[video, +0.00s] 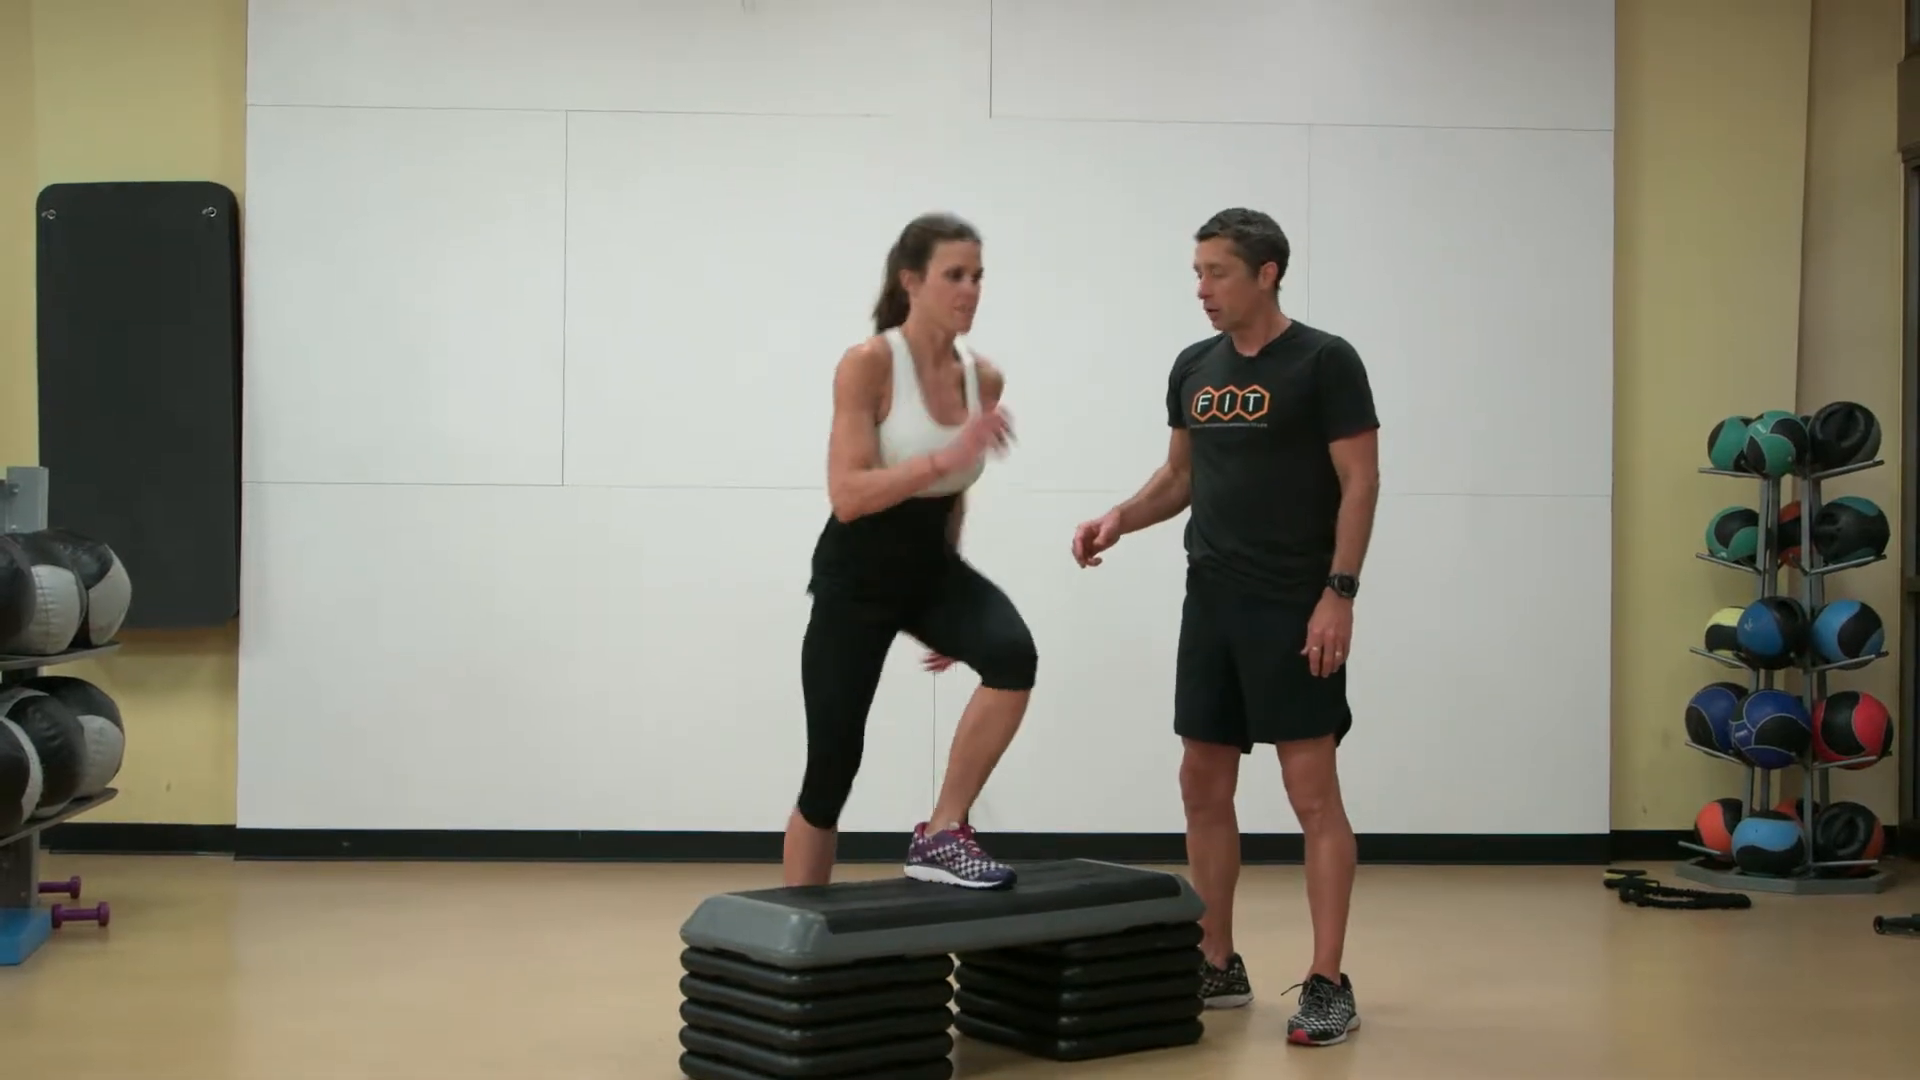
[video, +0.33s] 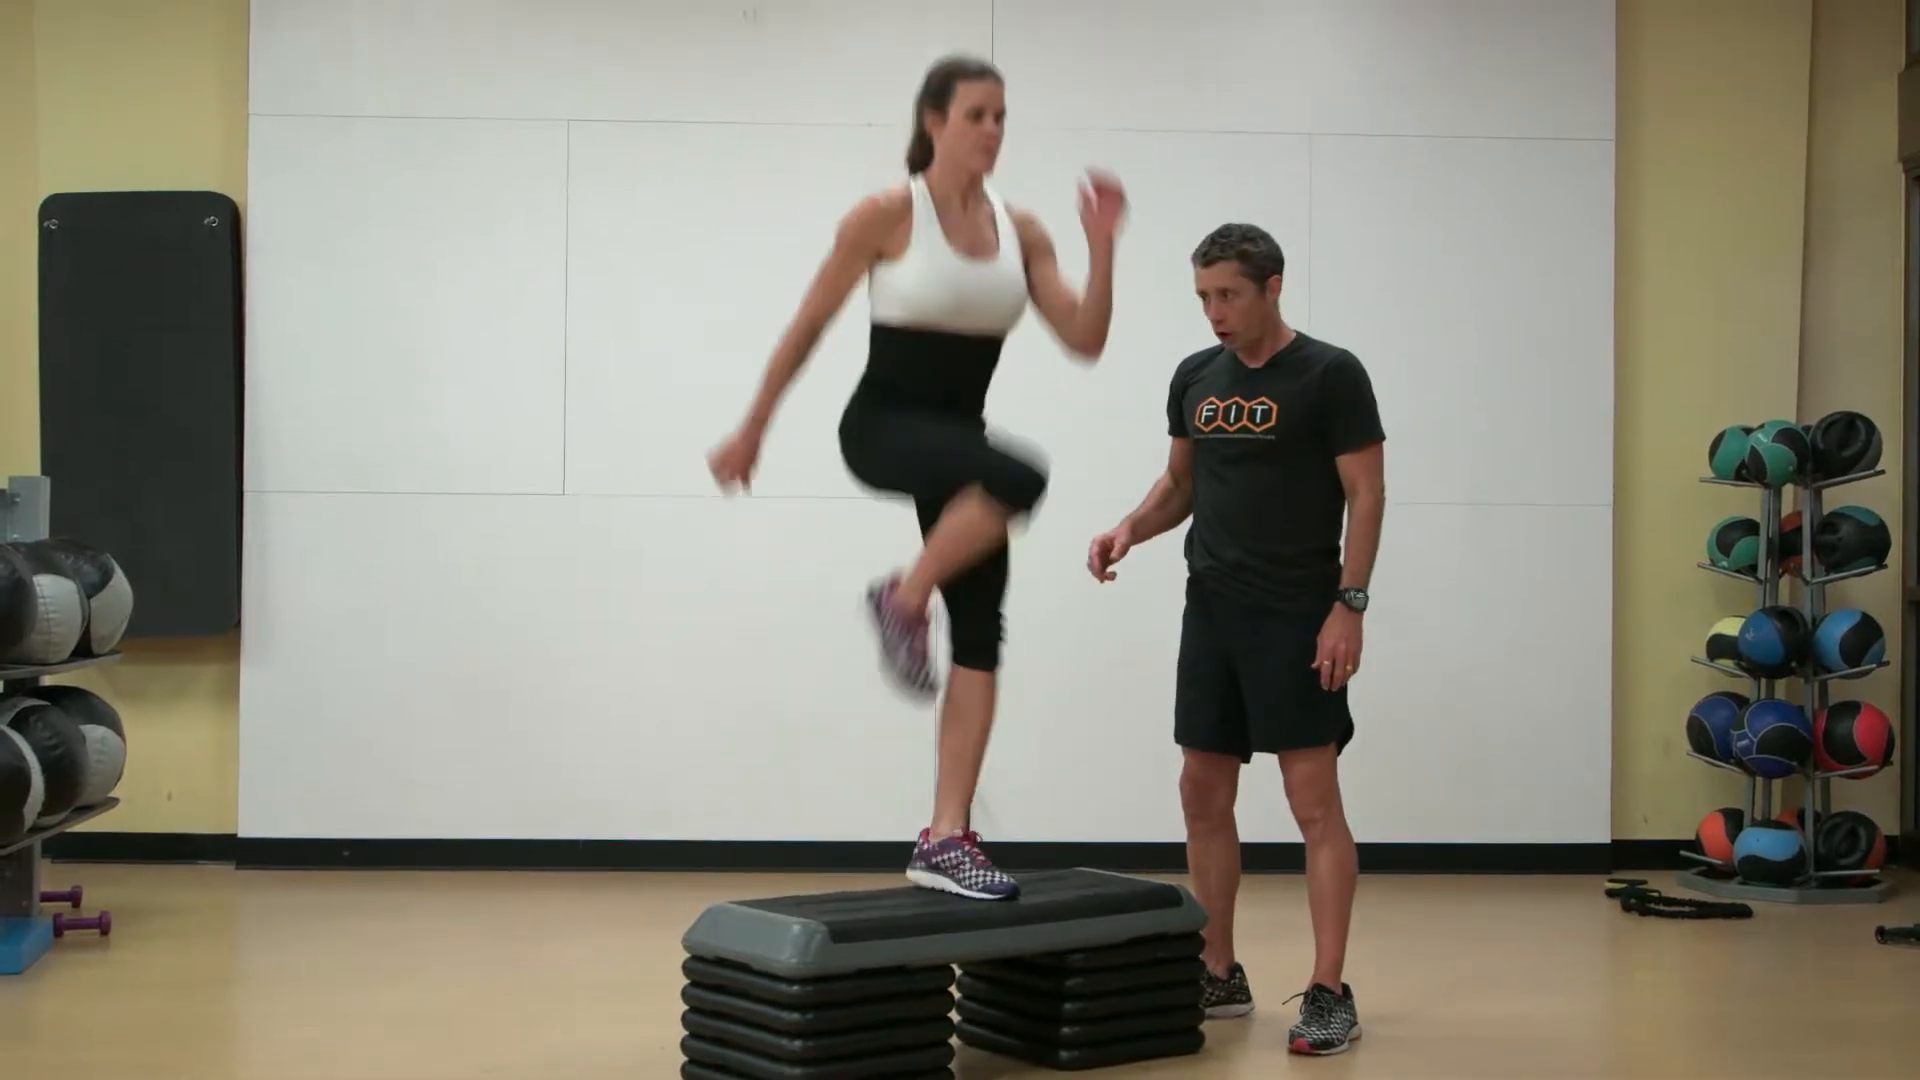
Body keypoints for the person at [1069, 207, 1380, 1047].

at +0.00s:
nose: (1202, 287)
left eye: (1216, 273)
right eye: (1198, 274)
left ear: (1268, 274)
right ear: (1205, 279)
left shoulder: (1326, 363)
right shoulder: (1193, 368)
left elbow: (1360, 485)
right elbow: (1179, 477)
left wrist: (1339, 591)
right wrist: (1119, 518)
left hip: (1296, 607)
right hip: (1211, 605)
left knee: (1313, 791)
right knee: (1202, 781)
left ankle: (1326, 979)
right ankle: (1215, 962)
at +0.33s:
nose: (1215, 313)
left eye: (1227, 297)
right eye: (1205, 299)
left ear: (1272, 288)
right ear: (1201, 296)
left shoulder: (1331, 376)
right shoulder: (1194, 379)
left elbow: (1366, 498)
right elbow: (1179, 487)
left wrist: (1349, 604)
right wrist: (1128, 529)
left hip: (1299, 616)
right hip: (1213, 613)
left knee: (1315, 803)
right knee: (1203, 792)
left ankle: (1328, 988)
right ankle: (1217, 972)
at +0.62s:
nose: (1219, 310)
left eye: (1233, 294)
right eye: (1211, 296)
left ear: (1280, 290)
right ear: (1207, 297)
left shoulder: (1337, 382)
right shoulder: (1197, 385)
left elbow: (1370, 504)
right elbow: (1180, 490)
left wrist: (1358, 611)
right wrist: (1133, 524)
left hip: (1302, 622)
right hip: (1215, 619)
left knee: (1318, 809)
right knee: (1207, 797)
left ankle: (1330, 995)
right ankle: (1220, 979)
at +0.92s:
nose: (1219, 331)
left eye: (1232, 315)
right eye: (1210, 317)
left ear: (1278, 301)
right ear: (1208, 312)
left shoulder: (1342, 387)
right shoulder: (1202, 387)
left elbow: (1376, 507)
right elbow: (1185, 492)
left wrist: (1358, 615)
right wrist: (1146, 538)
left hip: (1306, 627)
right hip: (1219, 622)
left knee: (1321, 812)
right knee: (1209, 802)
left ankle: (1335, 998)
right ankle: (1223, 982)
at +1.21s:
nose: (1215, 338)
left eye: (1228, 322)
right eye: (1207, 324)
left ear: (1273, 310)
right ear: (1205, 319)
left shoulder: (1343, 389)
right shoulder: (1203, 395)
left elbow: (1381, 510)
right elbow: (1175, 500)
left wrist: (1367, 615)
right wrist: (1141, 556)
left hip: (1313, 629)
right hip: (1226, 625)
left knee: (1326, 813)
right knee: (1214, 804)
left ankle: (1336, 1001)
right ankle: (1227, 984)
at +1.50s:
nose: (1210, 339)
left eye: (1223, 325)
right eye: (1203, 325)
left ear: (1272, 315)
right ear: (1202, 320)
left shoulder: (1344, 386)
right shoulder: (1193, 403)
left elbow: (1393, 501)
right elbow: (1151, 507)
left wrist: (1385, 608)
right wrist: (1093, 528)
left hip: (1333, 631)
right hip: (1243, 632)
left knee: (1340, 817)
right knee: (1220, 804)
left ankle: (1341, 1002)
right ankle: (1230, 988)